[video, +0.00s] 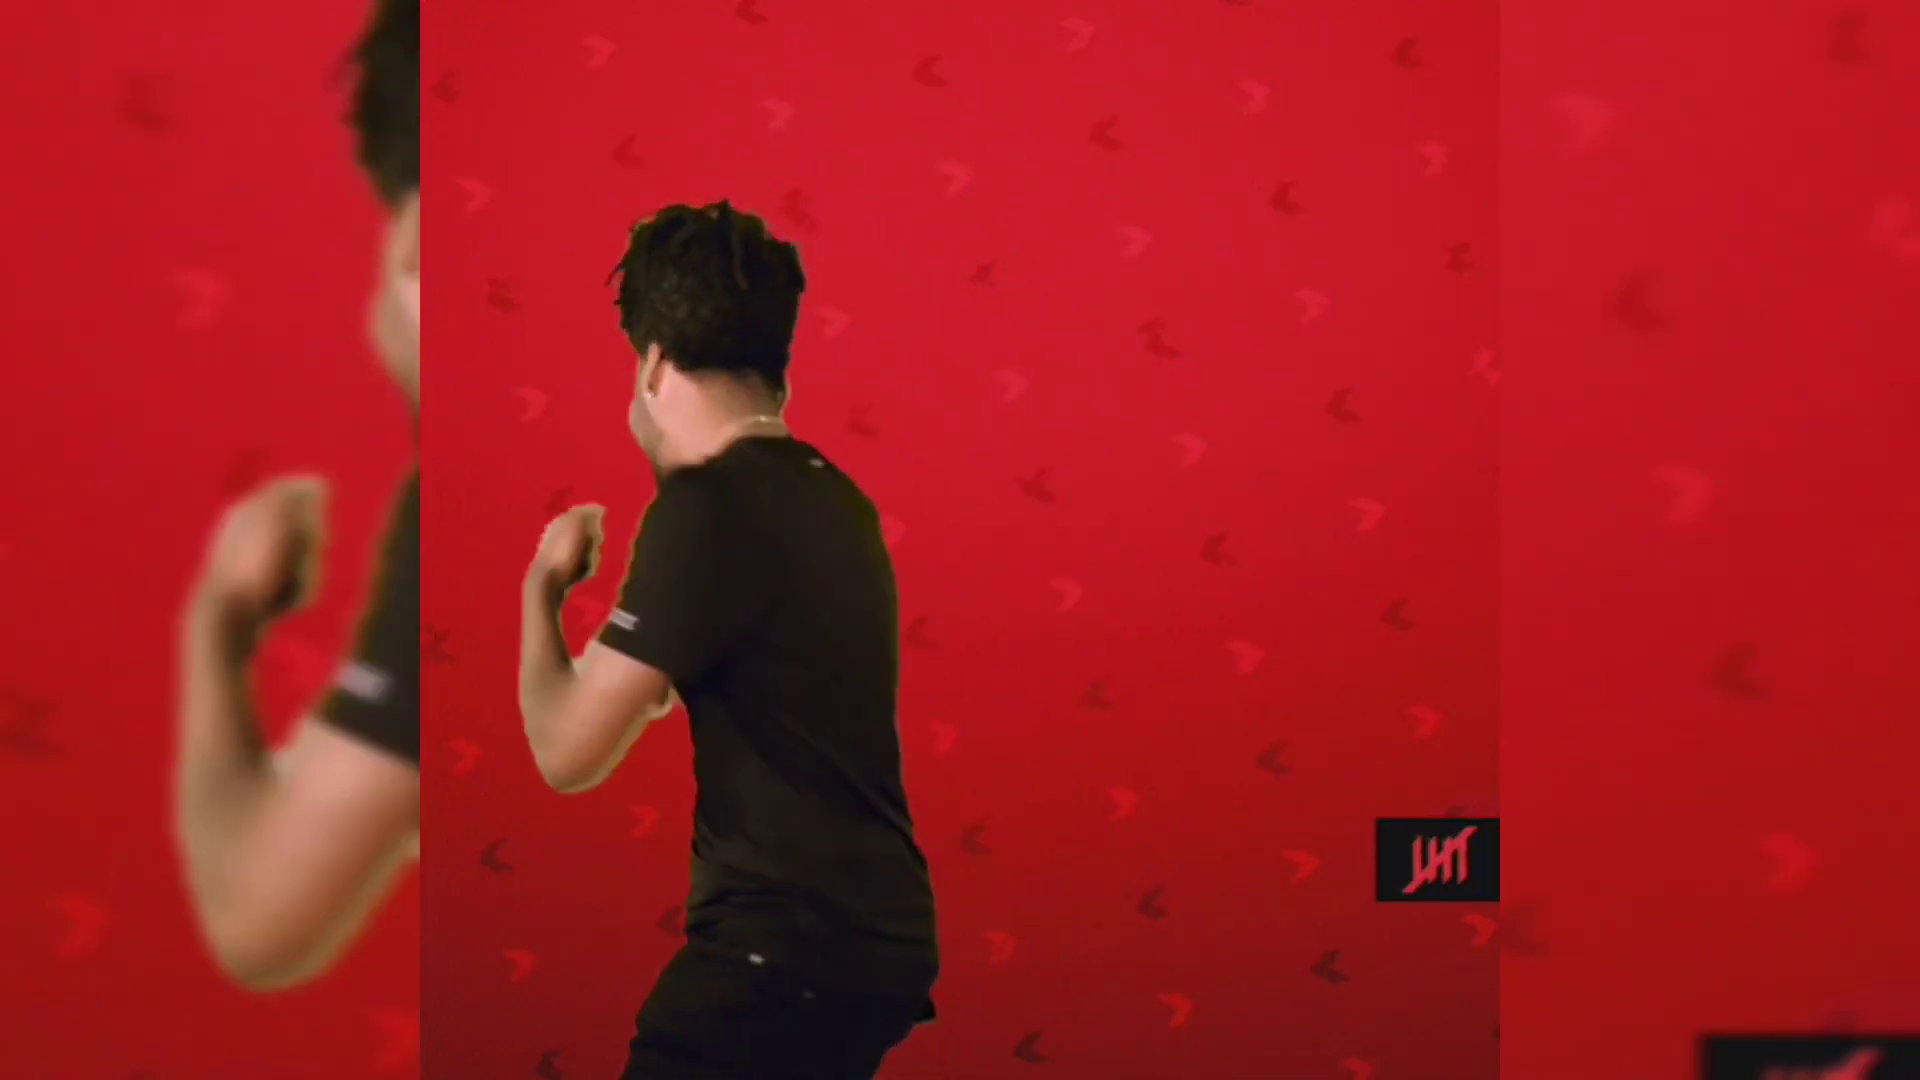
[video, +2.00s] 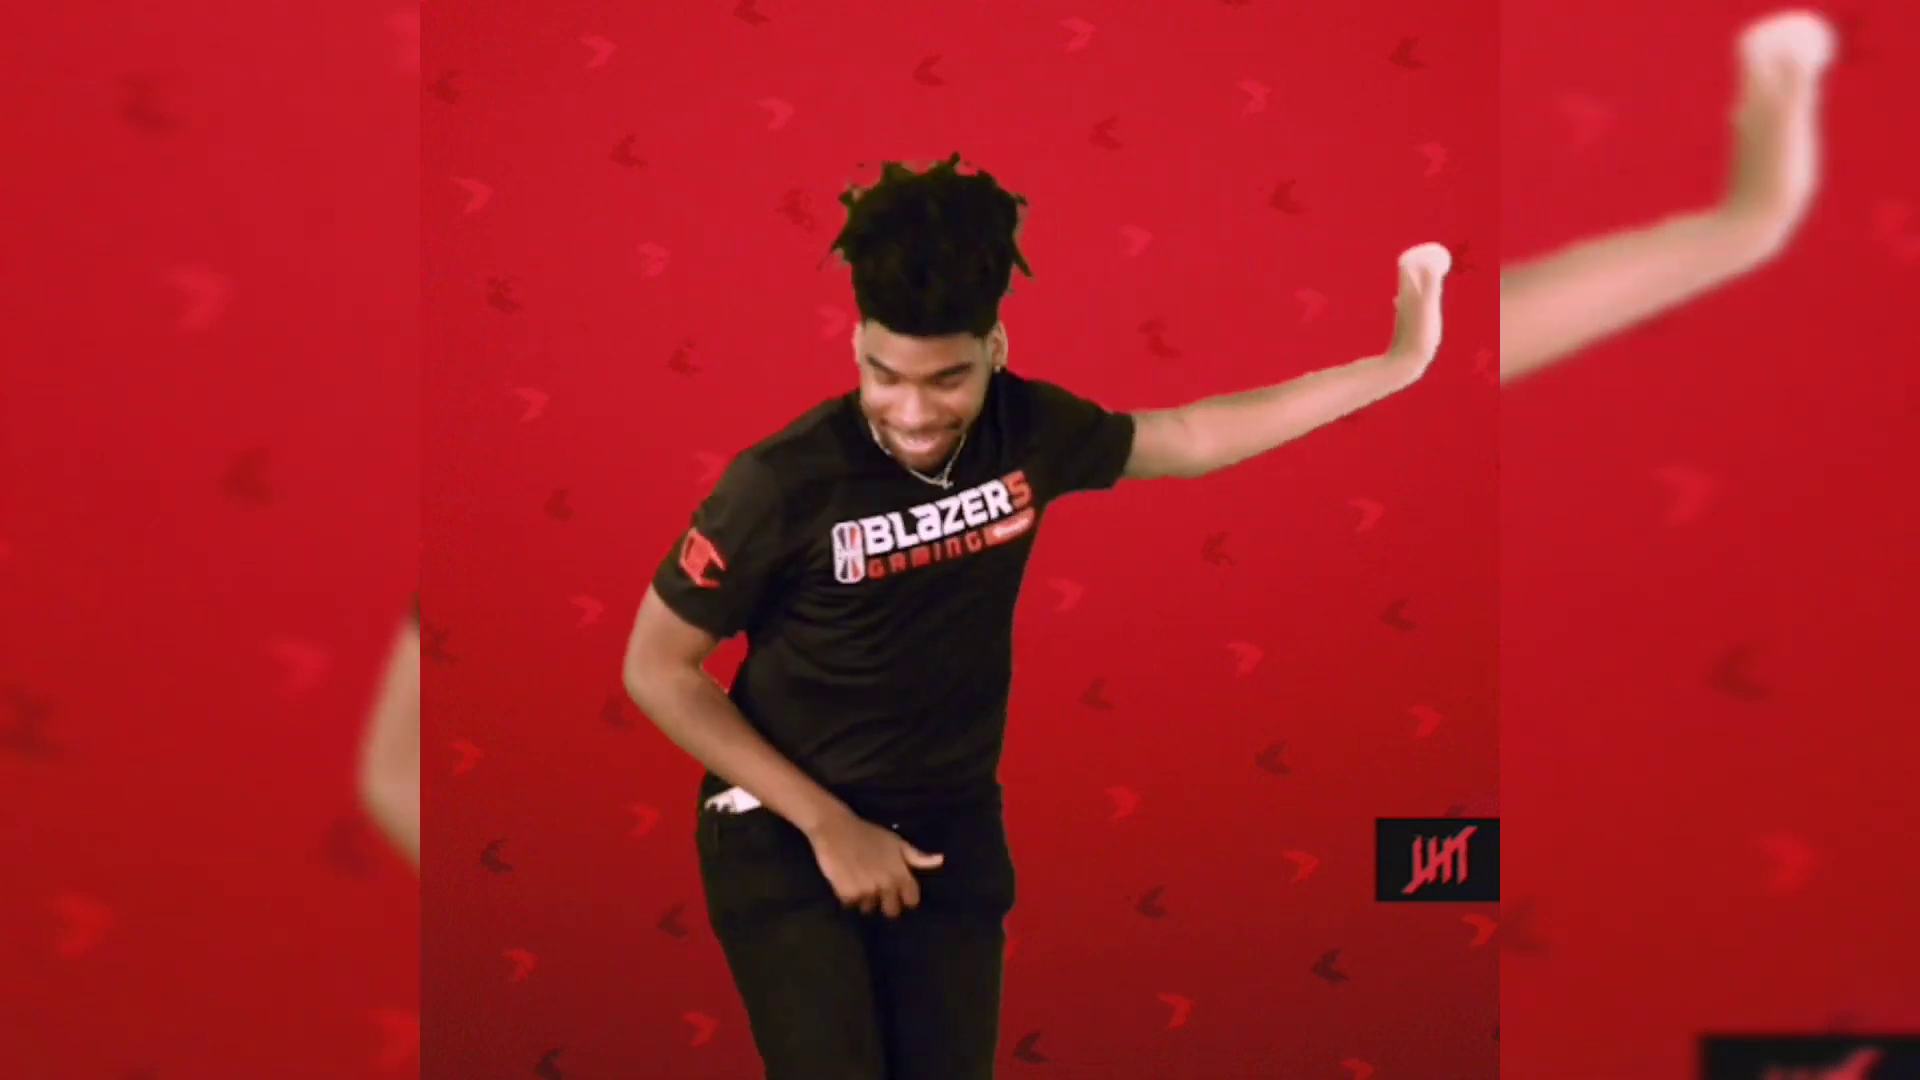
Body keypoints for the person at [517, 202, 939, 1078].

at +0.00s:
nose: (629, 397)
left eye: (630, 360)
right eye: (631, 361)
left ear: (655, 361)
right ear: (774, 364)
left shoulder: (715, 507)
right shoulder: (837, 500)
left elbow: (567, 751)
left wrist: (541, 589)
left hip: (771, 961)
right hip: (872, 954)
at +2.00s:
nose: (914, 411)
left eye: (946, 377)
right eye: (885, 375)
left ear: (998, 340)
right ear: (853, 338)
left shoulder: (1034, 429)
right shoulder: (782, 484)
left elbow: (1192, 440)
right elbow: (653, 670)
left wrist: (1400, 365)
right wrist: (824, 817)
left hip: (950, 834)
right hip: (781, 839)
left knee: (954, 1061)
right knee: (837, 1059)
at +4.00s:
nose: (969, 357)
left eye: (999, 322)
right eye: (935, 324)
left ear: (1041, 280)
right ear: (897, 285)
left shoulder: (1108, 396)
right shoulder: (829, 437)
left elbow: (1114, 526)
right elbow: (715, 606)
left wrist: (1148, 642)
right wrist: (855, 723)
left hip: (1091, 834)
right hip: (924, 849)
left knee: (1115, 1062)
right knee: (959, 1063)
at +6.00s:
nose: (919, 388)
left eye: (953, 355)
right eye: (889, 350)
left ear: (998, 327)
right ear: (856, 318)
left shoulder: (1083, 454)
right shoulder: (784, 468)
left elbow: (1130, 600)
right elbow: (723, 661)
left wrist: (1091, 728)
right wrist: (802, 787)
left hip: (1038, 856)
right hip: (863, 864)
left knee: (1024, 1061)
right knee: (879, 1063)